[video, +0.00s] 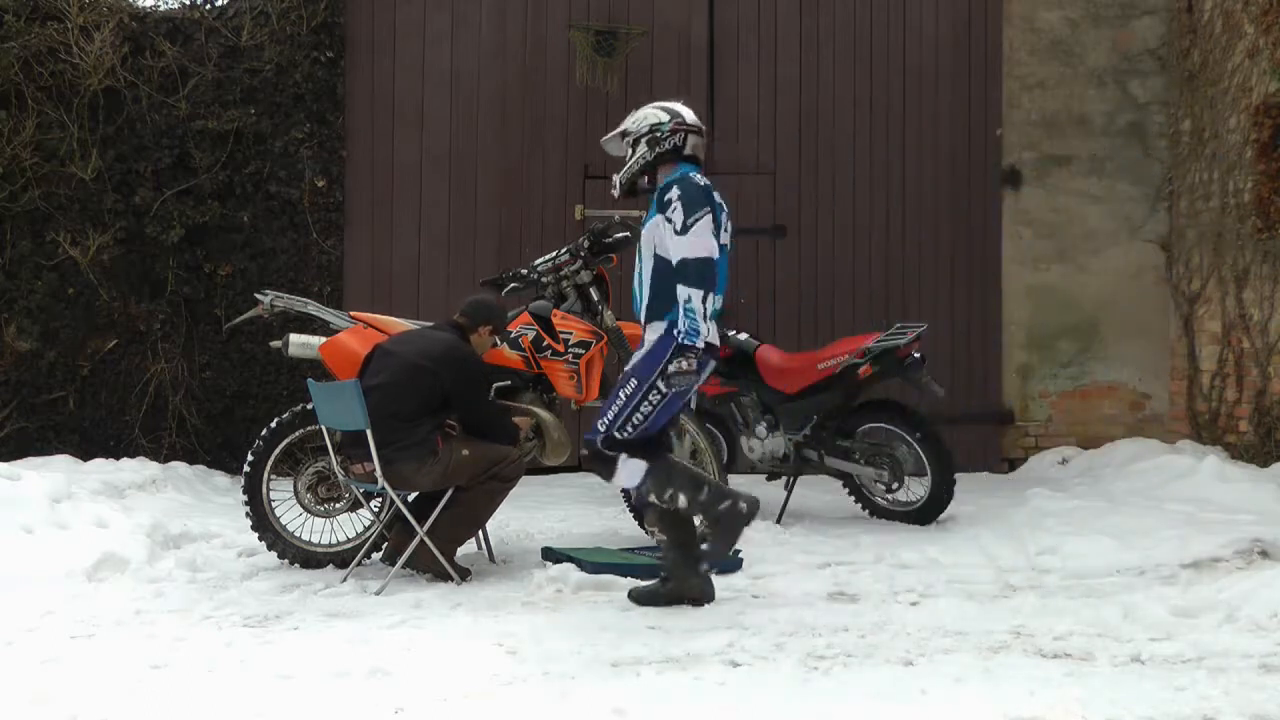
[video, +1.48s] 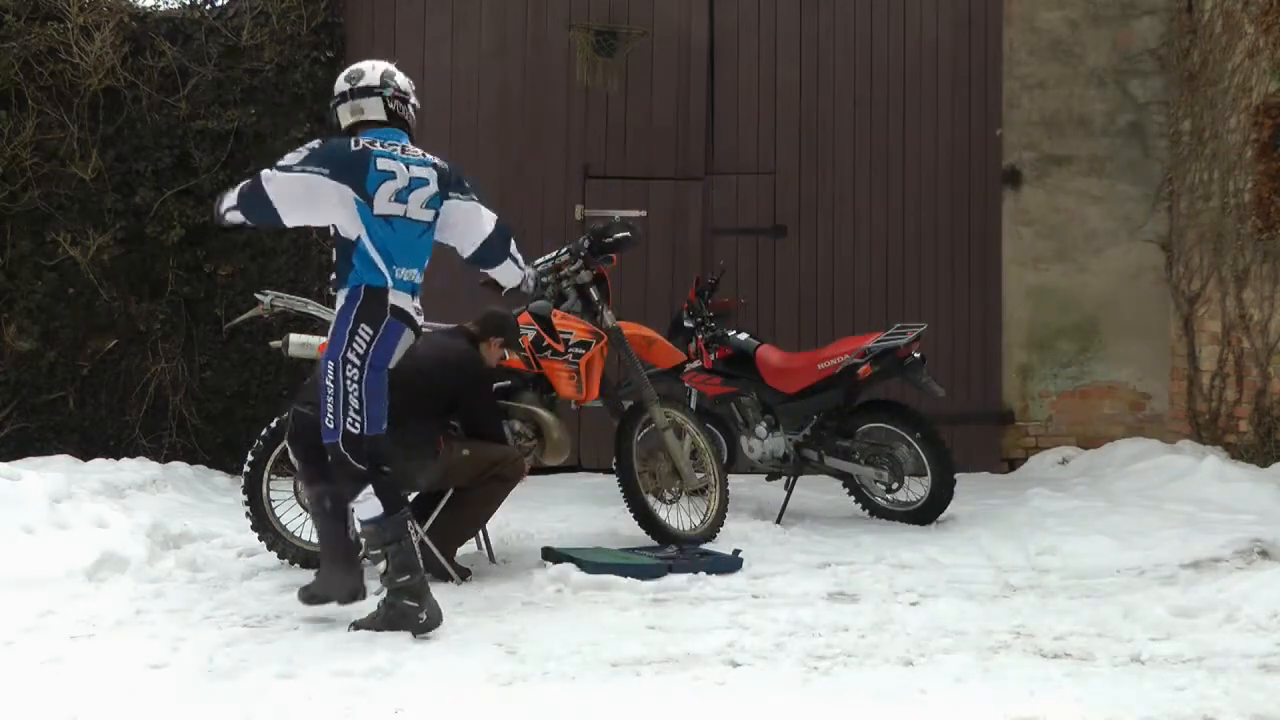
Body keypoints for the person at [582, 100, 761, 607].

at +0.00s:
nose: (626, 158)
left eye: (631, 147)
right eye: (626, 147)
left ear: (654, 143)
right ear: (674, 145)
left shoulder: (680, 190)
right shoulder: (703, 196)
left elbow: (695, 269)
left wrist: (687, 347)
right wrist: (629, 233)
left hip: (671, 346)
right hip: (689, 348)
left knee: (601, 448)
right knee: (647, 448)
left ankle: (718, 507)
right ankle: (684, 573)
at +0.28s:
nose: (562, 137)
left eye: (567, 126)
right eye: (561, 128)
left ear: (597, 122)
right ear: (600, 123)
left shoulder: (648, 171)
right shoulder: (602, 182)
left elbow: (654, 230)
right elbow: (575, 245)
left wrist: (607, 179)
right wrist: (534, 277)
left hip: (626, 317)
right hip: (604, 316)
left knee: (559, 439)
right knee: (618, 447)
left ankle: (603, 585)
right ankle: (681, 561)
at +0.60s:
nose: (486, 144)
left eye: (489, 132)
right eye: (484, 134)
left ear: (511, 125)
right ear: (542, 122)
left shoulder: (534, 166)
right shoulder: (578, 170)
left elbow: (480, 199)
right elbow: (632, 244)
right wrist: (619, 304)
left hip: (564, 317)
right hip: (543, 316)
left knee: (541, 450)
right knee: (467, 410)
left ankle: (604, 586)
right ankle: (527, 526)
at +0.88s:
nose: (443, 148)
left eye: (444, 136)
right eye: (445, 138)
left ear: (457, 126)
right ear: (501, 128)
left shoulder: (490, 174)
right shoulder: (519, 171)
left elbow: (502, 258)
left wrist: (477, 335)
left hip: (486, 331)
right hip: (513, 332)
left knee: (392, 424)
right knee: (477, 442)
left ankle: (490, 502)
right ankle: (511, 579)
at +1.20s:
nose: (381, 121)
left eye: (385, 111)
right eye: (383, 111)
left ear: (401, 114)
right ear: (440, 118)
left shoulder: (431, 167)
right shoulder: (450, 171)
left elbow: (405, 216)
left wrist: (345, 148)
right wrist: (353, 161)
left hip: (427, 314)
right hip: (440, 314)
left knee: (375, 448)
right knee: (392, 445)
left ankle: (413, 597)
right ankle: (477, 543)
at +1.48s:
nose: (344, 116)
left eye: (344, 108)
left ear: (345, 110)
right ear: (405, 108)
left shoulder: (344, 156)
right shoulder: (434, 169)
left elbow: (269, 191)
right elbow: (483, 232)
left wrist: (228, 206)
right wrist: (516, 276)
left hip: (366, 306)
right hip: (399, 310)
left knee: (353, 448)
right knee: (311, 428)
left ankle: (408, 593)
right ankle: (338, 569)